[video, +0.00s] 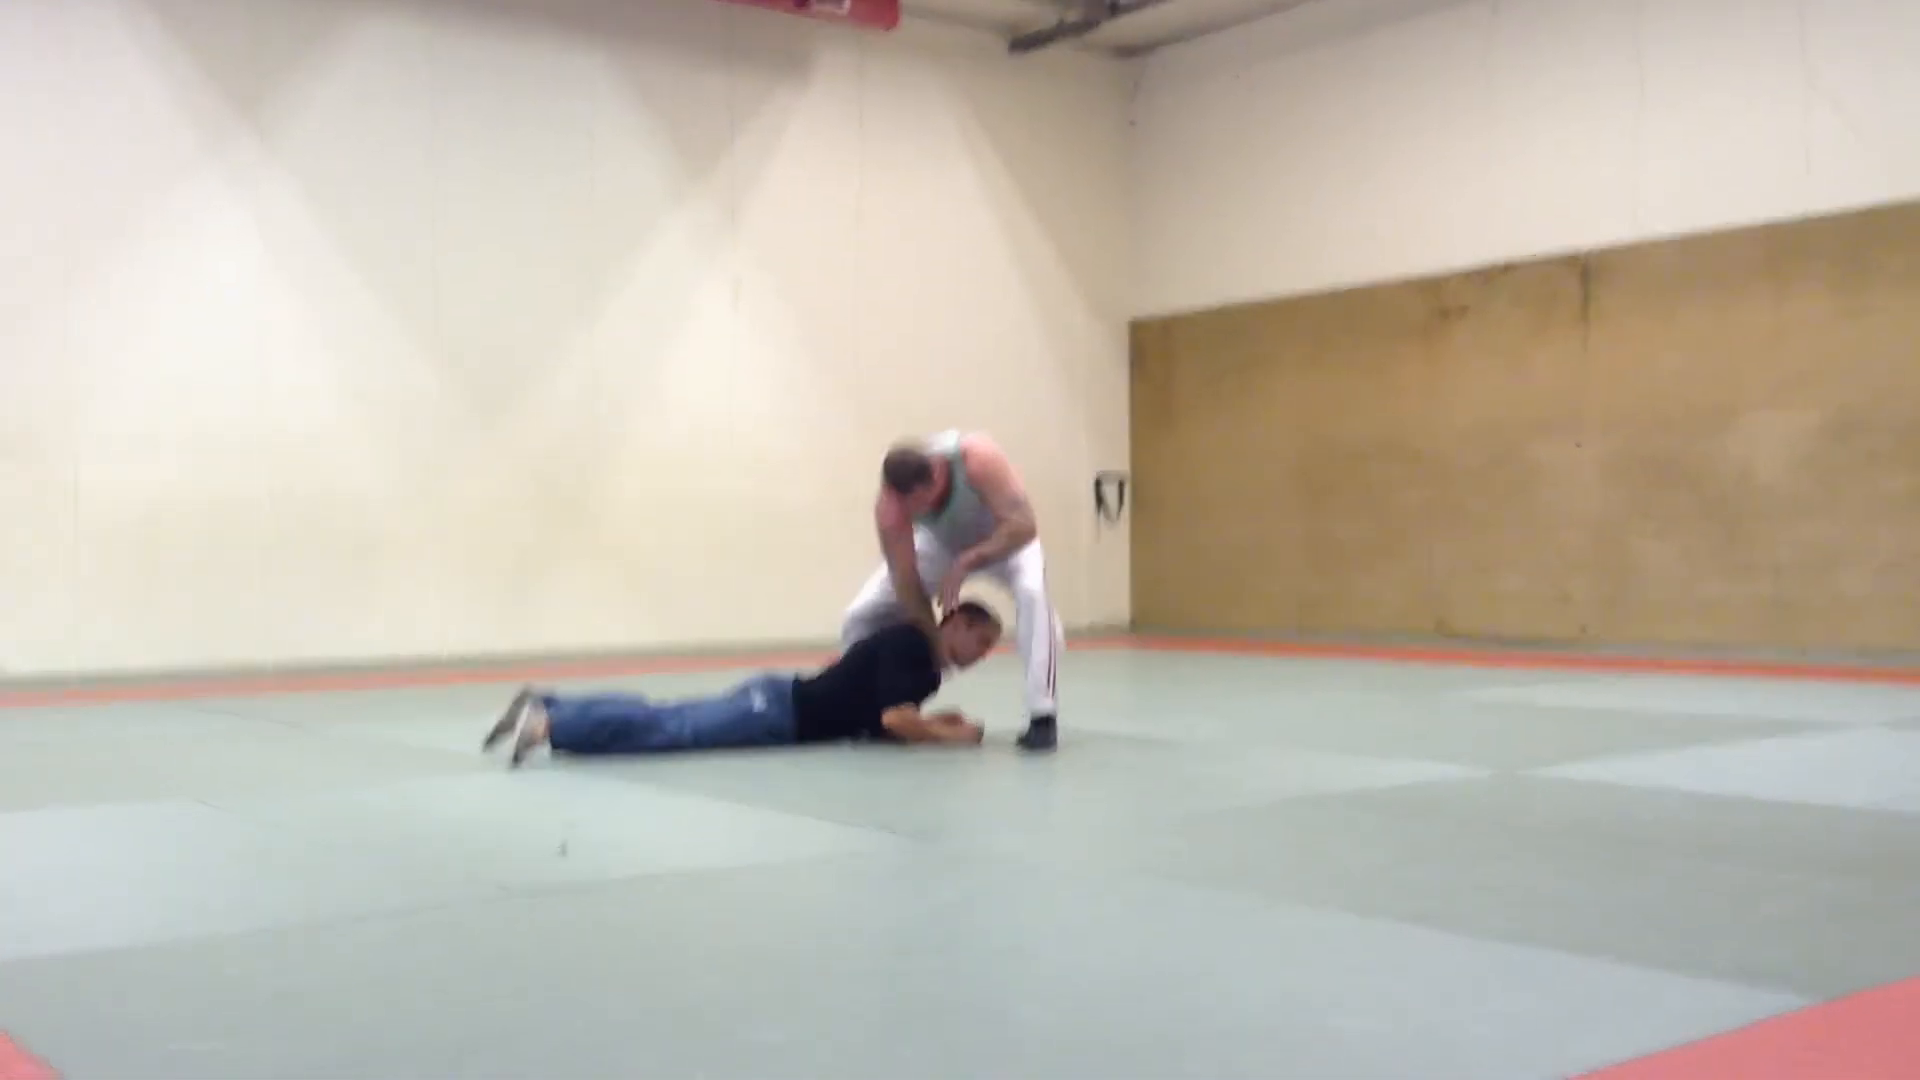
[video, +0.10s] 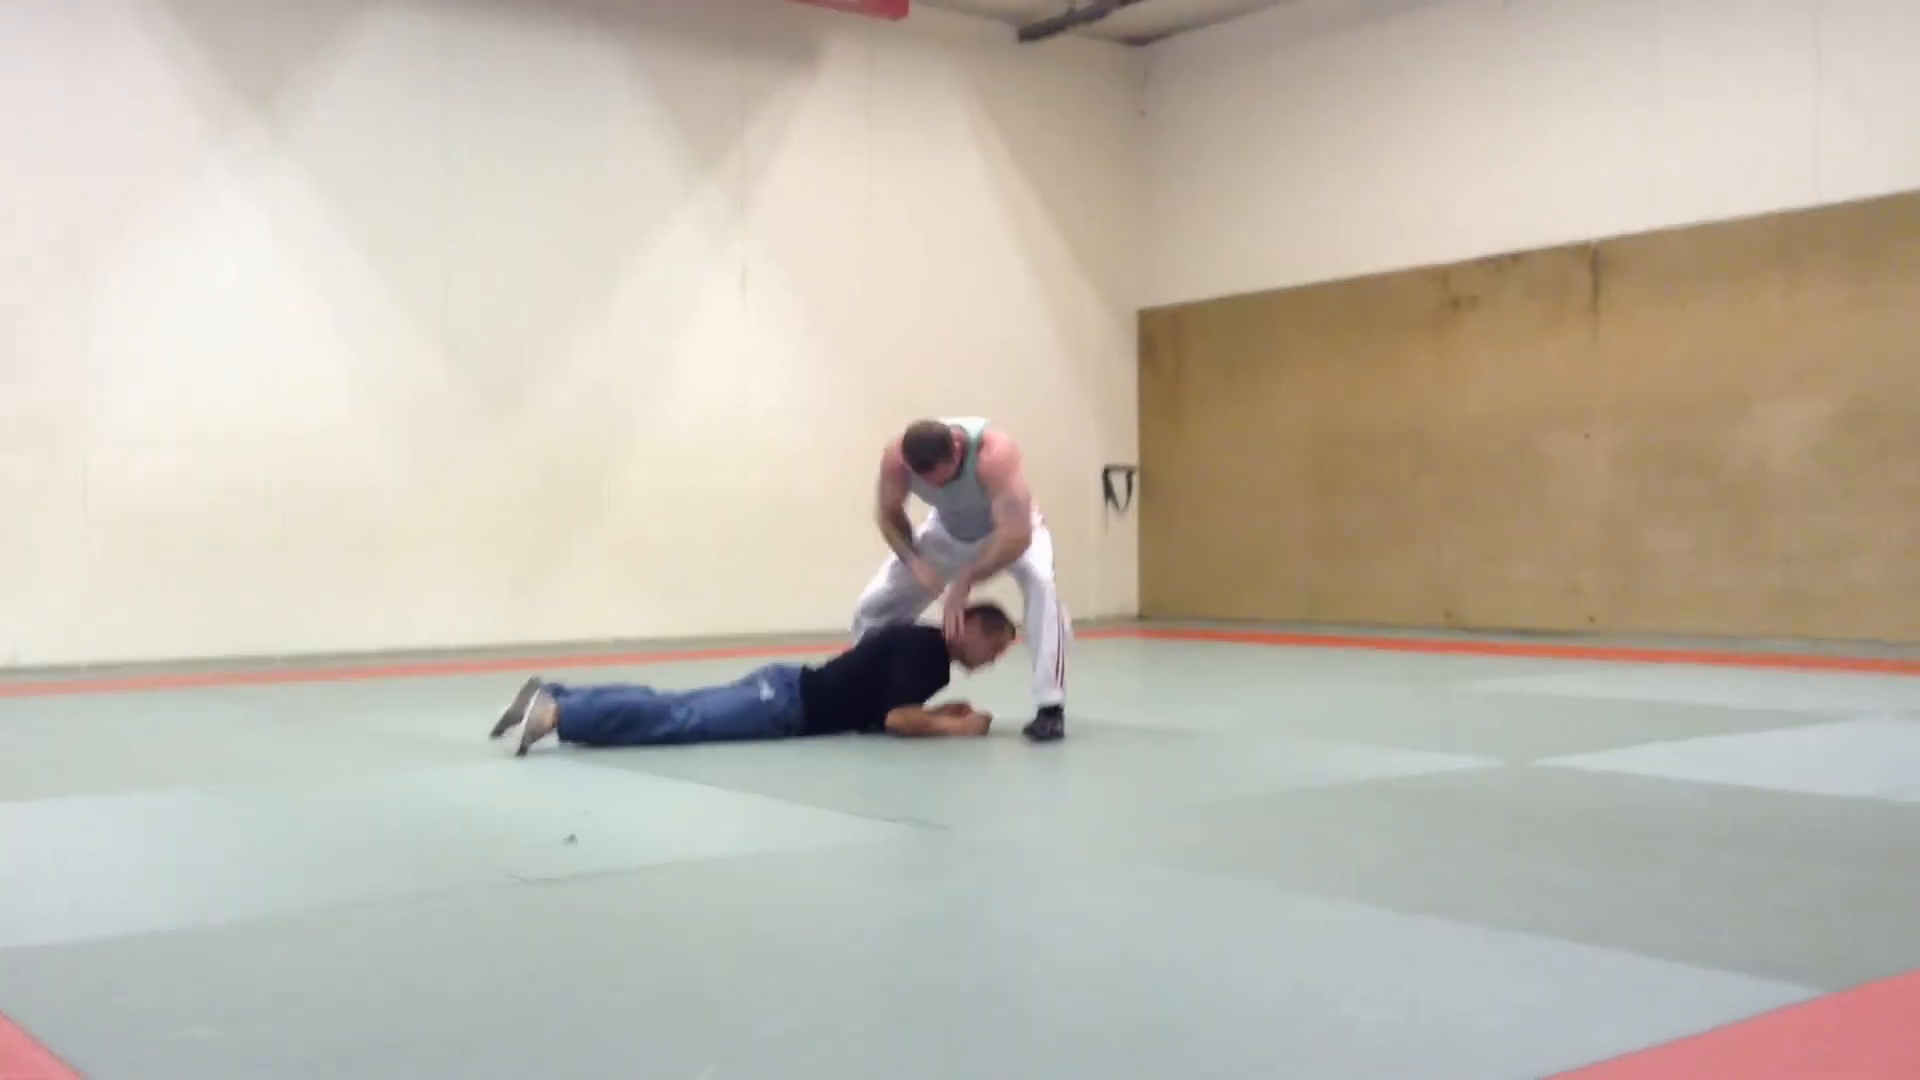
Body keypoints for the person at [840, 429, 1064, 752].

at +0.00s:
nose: (910, 509)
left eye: (915, 500)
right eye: (903, 502)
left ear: (936, 477)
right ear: (895, 491)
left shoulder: (977, 458)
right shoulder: (891, 502)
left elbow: (1023, 526)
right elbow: (906, 580)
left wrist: (964, 564)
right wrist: (934, 641)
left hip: (1002, 539)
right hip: (938, 545)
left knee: (1032, 595)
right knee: (859, 620)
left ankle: (1042, 716)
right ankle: (872, 711)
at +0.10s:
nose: (934, 484)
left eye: (940, 477)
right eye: (925, 479)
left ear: (956, 450)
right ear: (909, 461)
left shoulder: (994, 454)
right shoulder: (898, 458)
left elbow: (1015, 536)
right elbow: (889, 513)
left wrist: (964, 582)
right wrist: (914, 563)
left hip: (1006, 530)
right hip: (948, 533)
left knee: (1040, 585)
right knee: (874, 608)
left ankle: (1050, 707)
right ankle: (865, 700)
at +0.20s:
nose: (950, 473)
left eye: (957, 466)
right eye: (942, 468)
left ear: (973, 443)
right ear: (927, 443)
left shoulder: (1008, 455)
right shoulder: (919, 422)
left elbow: (1027, 540)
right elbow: (872, 431)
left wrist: (978, 590)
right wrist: (878, 488)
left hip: (1012, 524)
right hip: (951, 525)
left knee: (1048, 578)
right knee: (879, 607)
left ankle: (1057, 704)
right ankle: (868, 698)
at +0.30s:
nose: (974, 467)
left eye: (981, 460)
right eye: (965, 460)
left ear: (996, 441)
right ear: (949, 439)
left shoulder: (1024, 451)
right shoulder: (938, 401)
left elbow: (1069, 521)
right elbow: (880, 364)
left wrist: (1013, 563)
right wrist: (861, 427)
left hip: (1021, 521)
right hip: (954, 521)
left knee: (1058, 578)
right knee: (884, 606)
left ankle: (1066, 700)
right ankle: (879, 698)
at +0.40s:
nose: (999, 469)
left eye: (1005, 464)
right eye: (991, 463)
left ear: (1020, 443)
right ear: (974, 439)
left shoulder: (1049, 439)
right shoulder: (955, 406)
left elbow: (1094, 491)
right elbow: (882, 384)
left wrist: (1055, 527)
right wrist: (893, 451)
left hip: (1024, 518)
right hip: (957, 518)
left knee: (1064, 574)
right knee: (886, 603)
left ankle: (1071, 697)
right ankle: (885, 695)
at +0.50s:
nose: (1018, 472)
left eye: (1026, 465)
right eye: (1010, 464)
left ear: (1042, 445)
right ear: (996, 444)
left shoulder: (1065, 421)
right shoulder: (964, 437)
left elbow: (1091, 454)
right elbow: (898, 481)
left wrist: (1078, 495)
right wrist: (950, 532)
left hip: (1029, 513)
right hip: (961, 519)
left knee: (1065, 568)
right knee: (888, 605)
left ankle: (1073, 693)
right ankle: (889, 691)